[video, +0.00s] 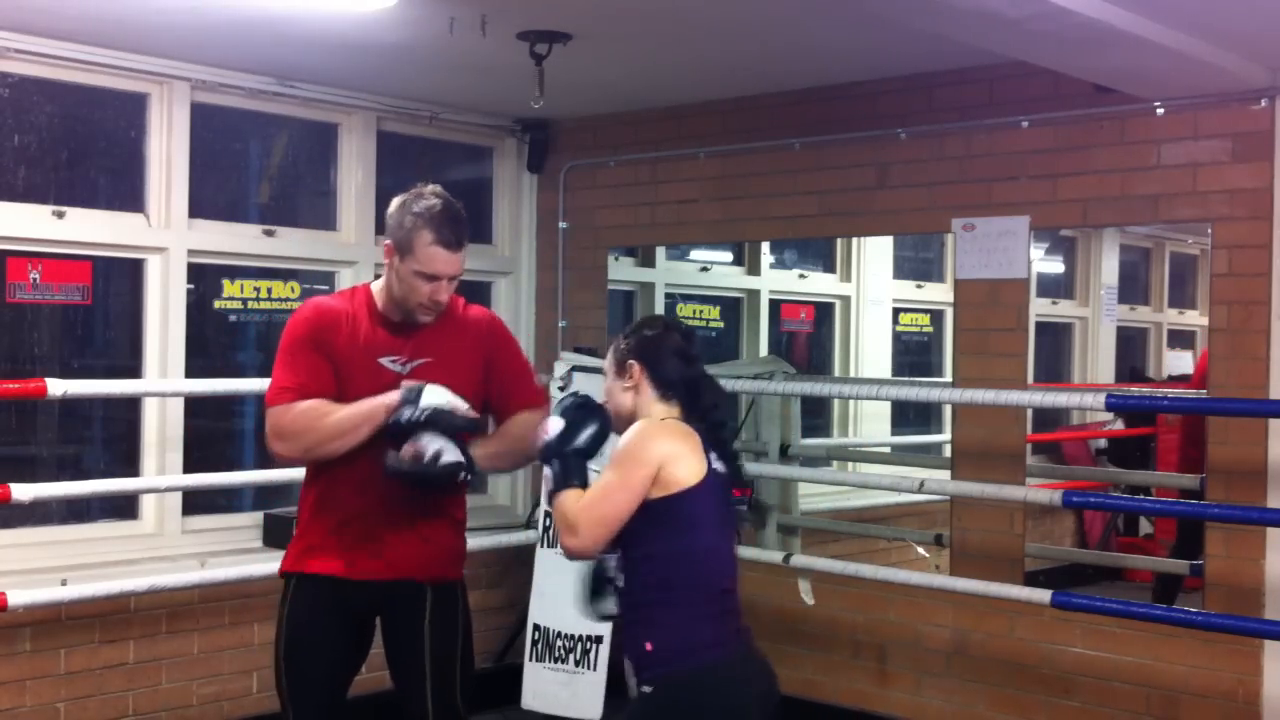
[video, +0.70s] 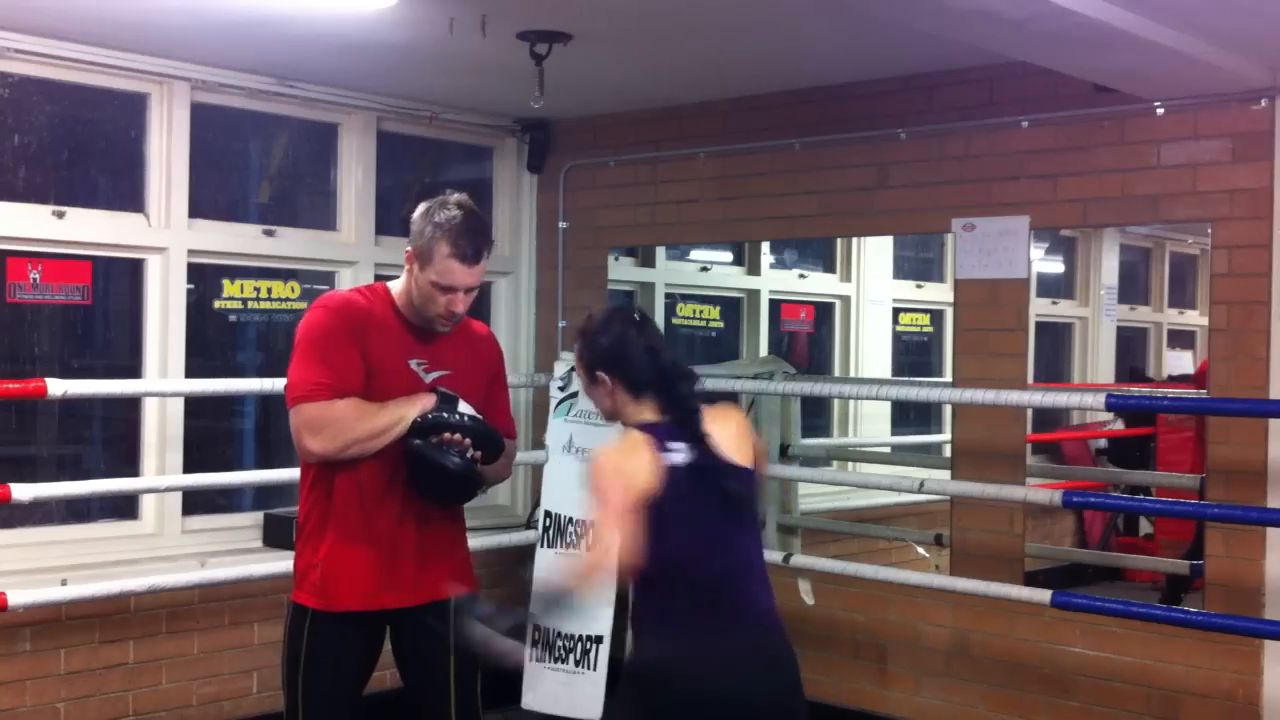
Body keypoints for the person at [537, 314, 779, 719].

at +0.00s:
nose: (604, 395)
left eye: (608, 379)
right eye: (605, 379)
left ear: (634, 375)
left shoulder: (652, 437)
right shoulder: (695, 438)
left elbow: (578, 537)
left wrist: (566, 459)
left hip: (681, 683)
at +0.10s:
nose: (621, 393)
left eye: (624, 377)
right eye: (619, 378)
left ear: (654, 374)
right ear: (699, 375)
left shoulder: (656, 435)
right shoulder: (743, 444)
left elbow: (601, 546)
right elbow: (760, 566)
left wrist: (585, 468)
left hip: (692, 675)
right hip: (766, 666)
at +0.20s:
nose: (636, 388)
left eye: (637, 373)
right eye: (633, 375)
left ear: (667, 367)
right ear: (714, 369)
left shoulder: (662, 430)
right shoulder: (768, 443)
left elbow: (611, 541)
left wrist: (595, 463)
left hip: (701, 672)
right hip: (782, 663)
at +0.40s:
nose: (635, 390)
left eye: (635, 375)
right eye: (631, 376)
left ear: (663, 370)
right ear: (712, 369)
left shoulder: (662, 437)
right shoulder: (757, 438)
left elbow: (612, 549)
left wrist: (593, 469)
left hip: (705, 674)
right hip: (779, 663)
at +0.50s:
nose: (611, 403)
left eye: (613, 388)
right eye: (611, 389)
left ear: (642, 387)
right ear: (683, 379)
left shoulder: (681, 454)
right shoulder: (717, 438)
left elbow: (653, 574)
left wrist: (593, 520)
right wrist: (631, 484)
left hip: (726, 689)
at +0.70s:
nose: (587, 395)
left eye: (585, 383)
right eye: (582, 383)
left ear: (606, 383)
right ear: (655, 359)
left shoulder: (620, 457)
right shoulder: (734, 424)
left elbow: (620, 558)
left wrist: (560, 577)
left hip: (673, 666)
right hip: (760, 660)